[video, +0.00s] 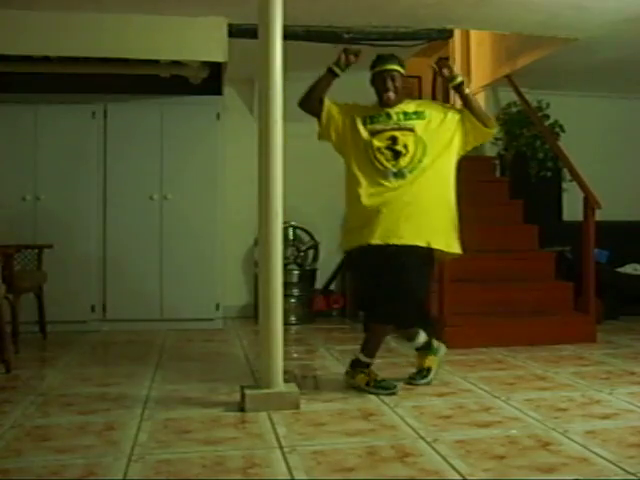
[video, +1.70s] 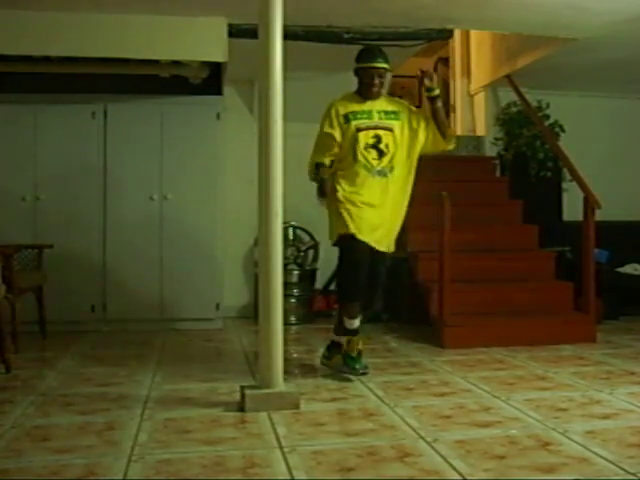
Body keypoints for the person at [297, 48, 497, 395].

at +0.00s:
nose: (387, 84)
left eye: (393, 77)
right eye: (380, 79)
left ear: (406, 81)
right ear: (372, 84)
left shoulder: (437, 116)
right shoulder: (355, 119)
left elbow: (486, 126)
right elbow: (309, 103)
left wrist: (458, 85)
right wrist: (337, 68)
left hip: (416, 223)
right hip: (367, 224)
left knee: (392, 300)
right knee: (376, 301)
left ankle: (361, 366)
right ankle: (427, 347)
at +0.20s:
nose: (394, 80)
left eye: (400, 74)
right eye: (388, 75)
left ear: (414, 78)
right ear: (381, 80)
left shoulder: (439, 106)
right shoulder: (367, 115)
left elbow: (493, 122)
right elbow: (321, 109)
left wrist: (467, 81)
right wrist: (344, 74)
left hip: (431, 199)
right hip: (389, 209)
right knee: (403, 290)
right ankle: (438, 357)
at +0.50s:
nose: (395, 76)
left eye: (401, 70)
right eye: (388, 71)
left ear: (414, 71)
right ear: (381, 75)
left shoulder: (444, 97)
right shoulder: (369, 111)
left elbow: (494, 105)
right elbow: (322, 108)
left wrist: (465, 66)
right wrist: (344, 72)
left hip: (452, 208)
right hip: (407, 216)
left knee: (468, 279)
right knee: (427, 293)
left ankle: (482, 306)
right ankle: (444, 355)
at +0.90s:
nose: (389, 80)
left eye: (394, 72)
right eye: (383, 76)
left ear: (408, 68)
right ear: (379, 77)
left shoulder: (440, 98)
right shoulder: (378, 105)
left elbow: (469, 128)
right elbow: (350, 101)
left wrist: (461, 85)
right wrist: (368, 58)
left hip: (442, 206)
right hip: (396, 211)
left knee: (442, 283)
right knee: (401, 290)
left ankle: (437, 342)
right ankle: (435, 352)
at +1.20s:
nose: (390, 84)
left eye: (395, 78)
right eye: (384, 79)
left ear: (403, 82)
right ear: (375, 83)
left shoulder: (417, 117)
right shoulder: (364, 115)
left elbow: (434, 166)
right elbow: (337, 108)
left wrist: (444, 133)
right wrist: (363, 75)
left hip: (419, 217)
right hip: (383, 216)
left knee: (418, 294)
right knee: (398, 294)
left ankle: (360, 333)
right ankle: (425, 348)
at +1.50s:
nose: (383, 78)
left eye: (389, 72)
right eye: (377, 71)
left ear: (395, 76)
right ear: (367, 73)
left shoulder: (402, 112)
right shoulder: (350, 105)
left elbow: (423, 163)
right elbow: (324, 156)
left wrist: (435, 122)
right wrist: (336, 110)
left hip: (392, 207)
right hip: (360, 203)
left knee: (368, 277)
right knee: (379, 267)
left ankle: (339, 344)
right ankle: (388, 342)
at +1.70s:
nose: (374, 80)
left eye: (381, 74)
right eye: (368, 74)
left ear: (389, 76)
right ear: (357, 75)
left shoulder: (406, 113)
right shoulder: (341, 110)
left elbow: (444, 139)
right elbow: (323, 156)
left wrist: (434, 99)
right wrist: (323, 177)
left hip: (389, 209)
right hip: (352, 206)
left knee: (369, 280)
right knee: (354, 275)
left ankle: (337, 345)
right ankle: (352, 346)